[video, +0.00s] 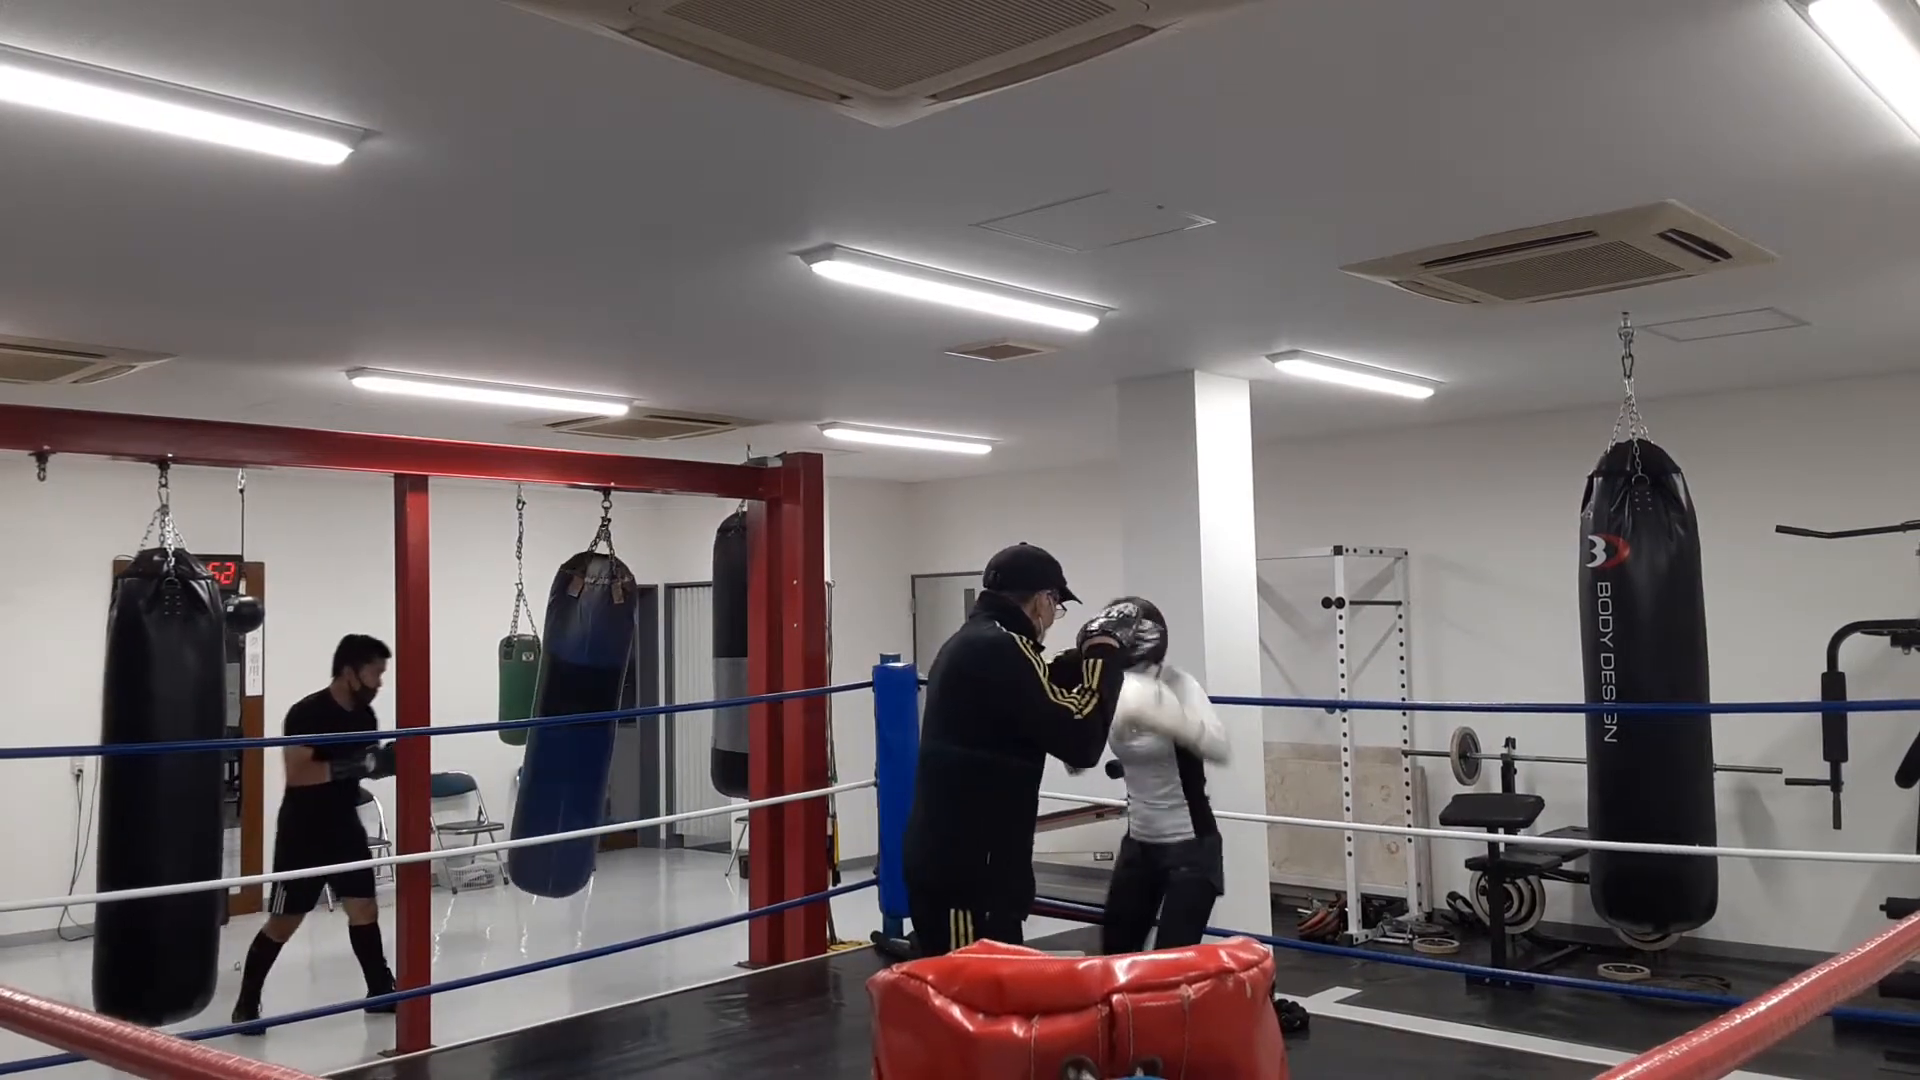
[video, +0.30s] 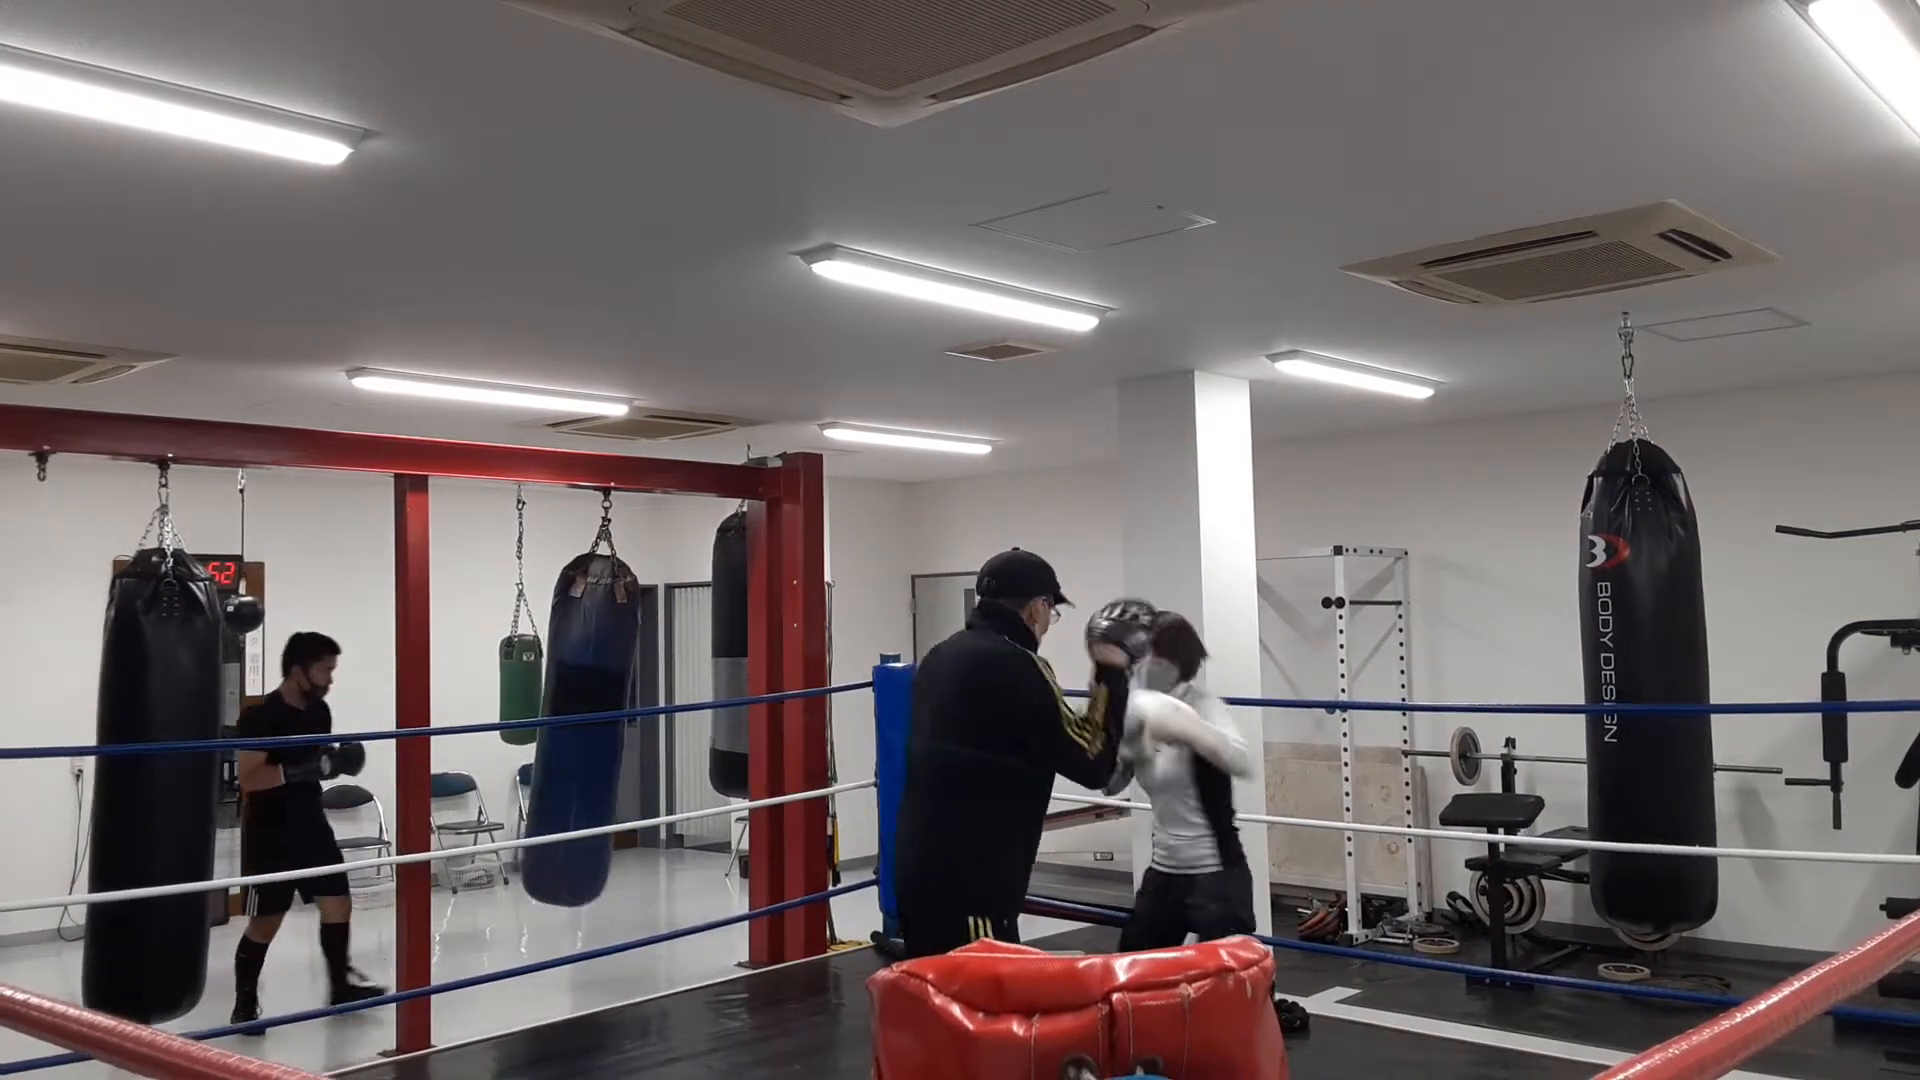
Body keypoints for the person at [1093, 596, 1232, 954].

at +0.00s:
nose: (1118, 642)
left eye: (1126, 631)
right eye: (1112, 634)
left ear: (1147, 638)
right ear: (1107, 641)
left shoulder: (1179, 684)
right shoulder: (1108, 688)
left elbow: (1220, 749)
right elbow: (1077, 762)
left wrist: (1160, 716)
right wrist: (1081, 688)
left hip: (1191, 848)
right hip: (1140, 847)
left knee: (1169, 963)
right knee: (1116, 956)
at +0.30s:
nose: (1143, 666)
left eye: (1154, 657)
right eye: (1142, 656)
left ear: (1177, 663)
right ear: (1140, 658)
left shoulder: (1204, 705)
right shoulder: (1140, 713)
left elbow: (1243, 763)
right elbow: (1111, 785)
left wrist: (1184, 727)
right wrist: (1128, 739)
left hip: (1217, 875)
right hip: (1164, 874)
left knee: (1231, 980)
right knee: (1132, 975)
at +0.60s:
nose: (1208, 658)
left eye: (1219, 647)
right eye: (1199, 647)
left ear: (1244, 648)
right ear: (1189, 651)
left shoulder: (1272, 701)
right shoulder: (1181, 709)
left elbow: (1314, 781)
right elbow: (1159, 784)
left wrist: (1283, 747)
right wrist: (1174, 749)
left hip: (1268, 867)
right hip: (1200, 869)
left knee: (1278, 999)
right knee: (1171, 992)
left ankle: (1298, 1077)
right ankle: (1167, 1077)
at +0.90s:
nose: (1193, 641)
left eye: (1205, 631)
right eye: (1186, 631)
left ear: (1236, 633)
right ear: (1181, 633)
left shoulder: (1271, 686)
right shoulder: (1180, 693)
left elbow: (1296, 769)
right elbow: (1138, 769)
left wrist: (1245, 703)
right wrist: (1130, 715)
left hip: (1272, 864)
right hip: (1209, 862)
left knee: (1252, 995)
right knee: (1183, 985)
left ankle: (1268, 1068)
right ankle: (1183, 1074)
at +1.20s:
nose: (1191, 654)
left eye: (1201, 643)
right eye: (1186, 643)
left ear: (1232, 647)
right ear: (1182, 647)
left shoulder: (1266, 707)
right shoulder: (1192, 712)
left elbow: (1278, 780)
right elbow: (1166, 792)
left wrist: (1203, 740)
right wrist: (1151, 748)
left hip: (1278, 895)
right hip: (1220, 890)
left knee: (1266, 1025)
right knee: (1201, 1010)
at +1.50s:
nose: (1192, 660)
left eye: (1202, 647)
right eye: (1189, 649)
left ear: (1238, 654)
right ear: (1187, 652)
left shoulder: (1281, 713)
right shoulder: (1202, 718)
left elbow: (1292, 779)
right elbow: (1170, 802)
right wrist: (1146, 767)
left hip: (1293, 901)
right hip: (1239, 892)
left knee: (1270, 1031)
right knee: (1201, 1002)